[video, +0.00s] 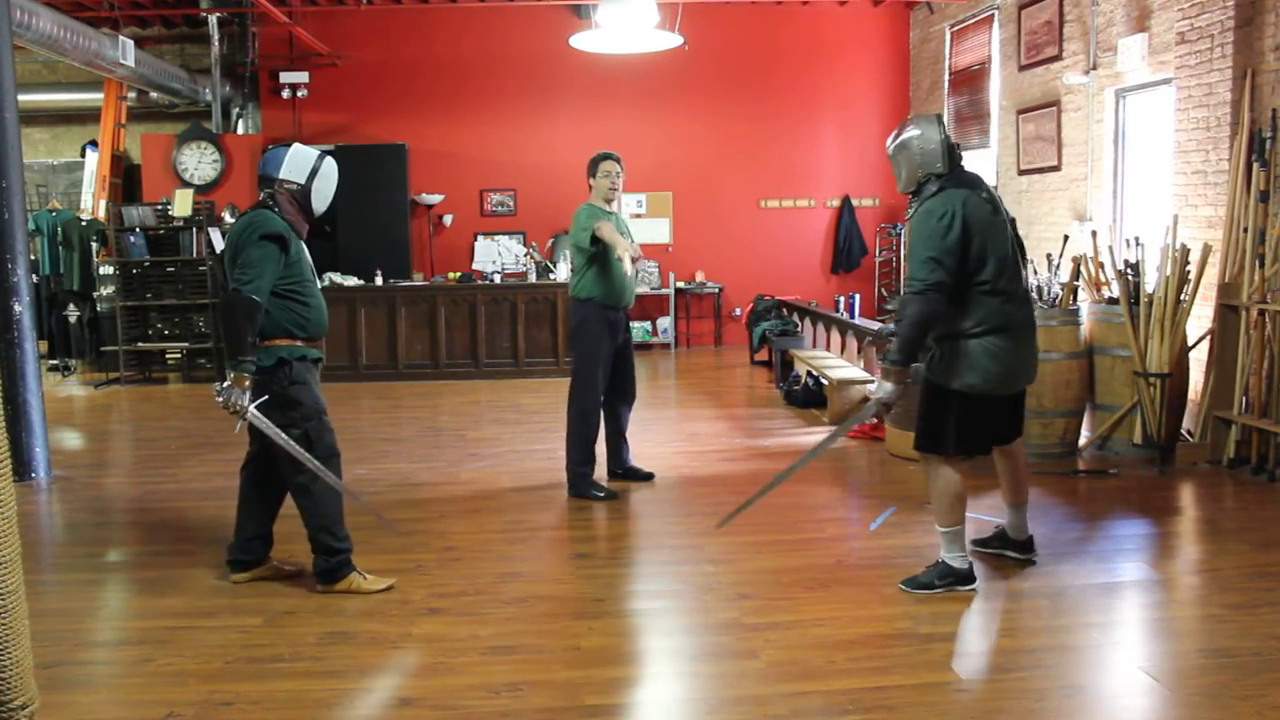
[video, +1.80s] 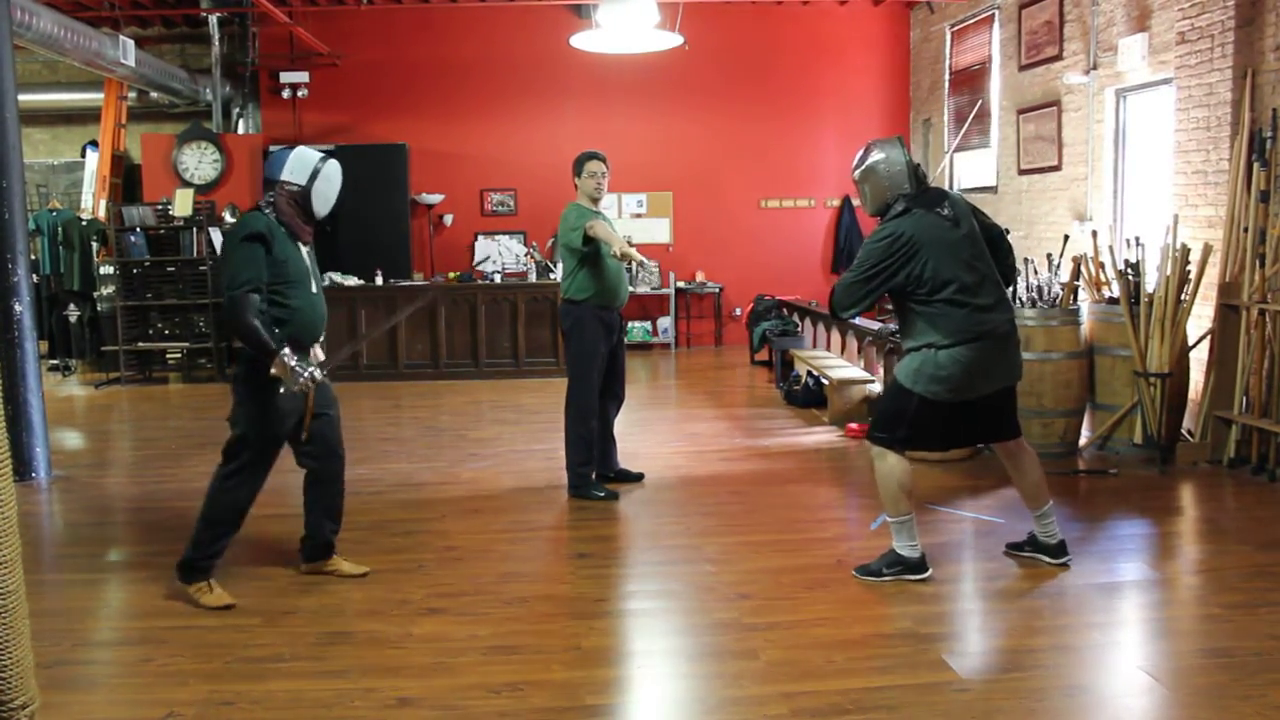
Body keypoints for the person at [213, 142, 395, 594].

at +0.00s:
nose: (322, 199)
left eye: (322, 190)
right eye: (319, 188)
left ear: (283, 182)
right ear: (300, 183)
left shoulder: (275, 227)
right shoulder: (266, 227)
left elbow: (249, 301)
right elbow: (245, 301)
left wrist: (239, 371)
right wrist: (240, 371)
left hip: (289, 362)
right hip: (283, 364)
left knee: (268, 462)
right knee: (318, 458)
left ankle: (247, 559)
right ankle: (335, 569)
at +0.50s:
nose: (338, 207)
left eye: (339, 198)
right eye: (335, 196)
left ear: (295, 189)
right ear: (316, 190)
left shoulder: (264, 231)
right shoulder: (289, 234)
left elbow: (228, 265)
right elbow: (276, 309)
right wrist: (280, 381)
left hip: (285, 366)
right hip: (307, 366)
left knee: (279, 463)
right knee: (338, 462)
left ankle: (249, 558)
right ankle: (334, 568)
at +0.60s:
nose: (348, 205)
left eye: (349, 196)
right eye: (346, 194)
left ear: (305, 186)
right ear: (328, 188)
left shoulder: (271, 229)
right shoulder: (298, 234)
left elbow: (230, 266)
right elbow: (289, 317)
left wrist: (268, 300)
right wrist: (303, 386)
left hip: (287, 365)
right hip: (308, 368)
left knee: (294, 460)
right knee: (339, 464)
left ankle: (255, 551)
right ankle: (334, 569)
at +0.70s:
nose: (349, 205)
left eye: (350, 196)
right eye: (347, 194)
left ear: (310, 186)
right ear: (329, 188)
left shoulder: (276, 227)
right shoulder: (300, 233)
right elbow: (295, 316)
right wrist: (322, 376)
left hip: (288, 361)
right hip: (304, 364)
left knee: (314, 458)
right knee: (338, 462)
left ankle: (264, 542)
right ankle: (333, 570)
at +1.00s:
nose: (345, 205)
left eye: (346, 195)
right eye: (343, 193)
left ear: (312, 185)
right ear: (324, 185)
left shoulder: (305, 226)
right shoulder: (290, 224)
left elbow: (310, 297)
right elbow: (285, 299)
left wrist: (344, 342)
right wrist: (327, 345)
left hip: (321, 359)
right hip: (306, 361)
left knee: (342, 457)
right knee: (336, 462)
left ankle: (323, 546)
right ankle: (332, 571)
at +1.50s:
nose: (350, 202)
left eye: (353, 193)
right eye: (348, 192)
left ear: (327, 185)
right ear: (325, 184)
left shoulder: (325, 233)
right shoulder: (278, 222)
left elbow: (326, 291)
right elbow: (254, 294)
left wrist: (340, 327)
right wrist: (284, 340)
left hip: (324, 365)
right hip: (285, 367)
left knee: (331, 459)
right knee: (289, 464)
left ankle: (319, 554)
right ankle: (264, 571)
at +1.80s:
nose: (328, 201)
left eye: (329, 192)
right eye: (325, 190)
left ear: (297, 185)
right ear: (303, 185)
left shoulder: (297, 234)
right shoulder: (254, 230)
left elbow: (300, 299)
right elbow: (241, 310)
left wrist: (313, 343)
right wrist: (281, 358)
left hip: (304, 370)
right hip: (266, 373)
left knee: (327, 460)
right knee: (244, 470)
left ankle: (319, 554)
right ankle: (195, 573)